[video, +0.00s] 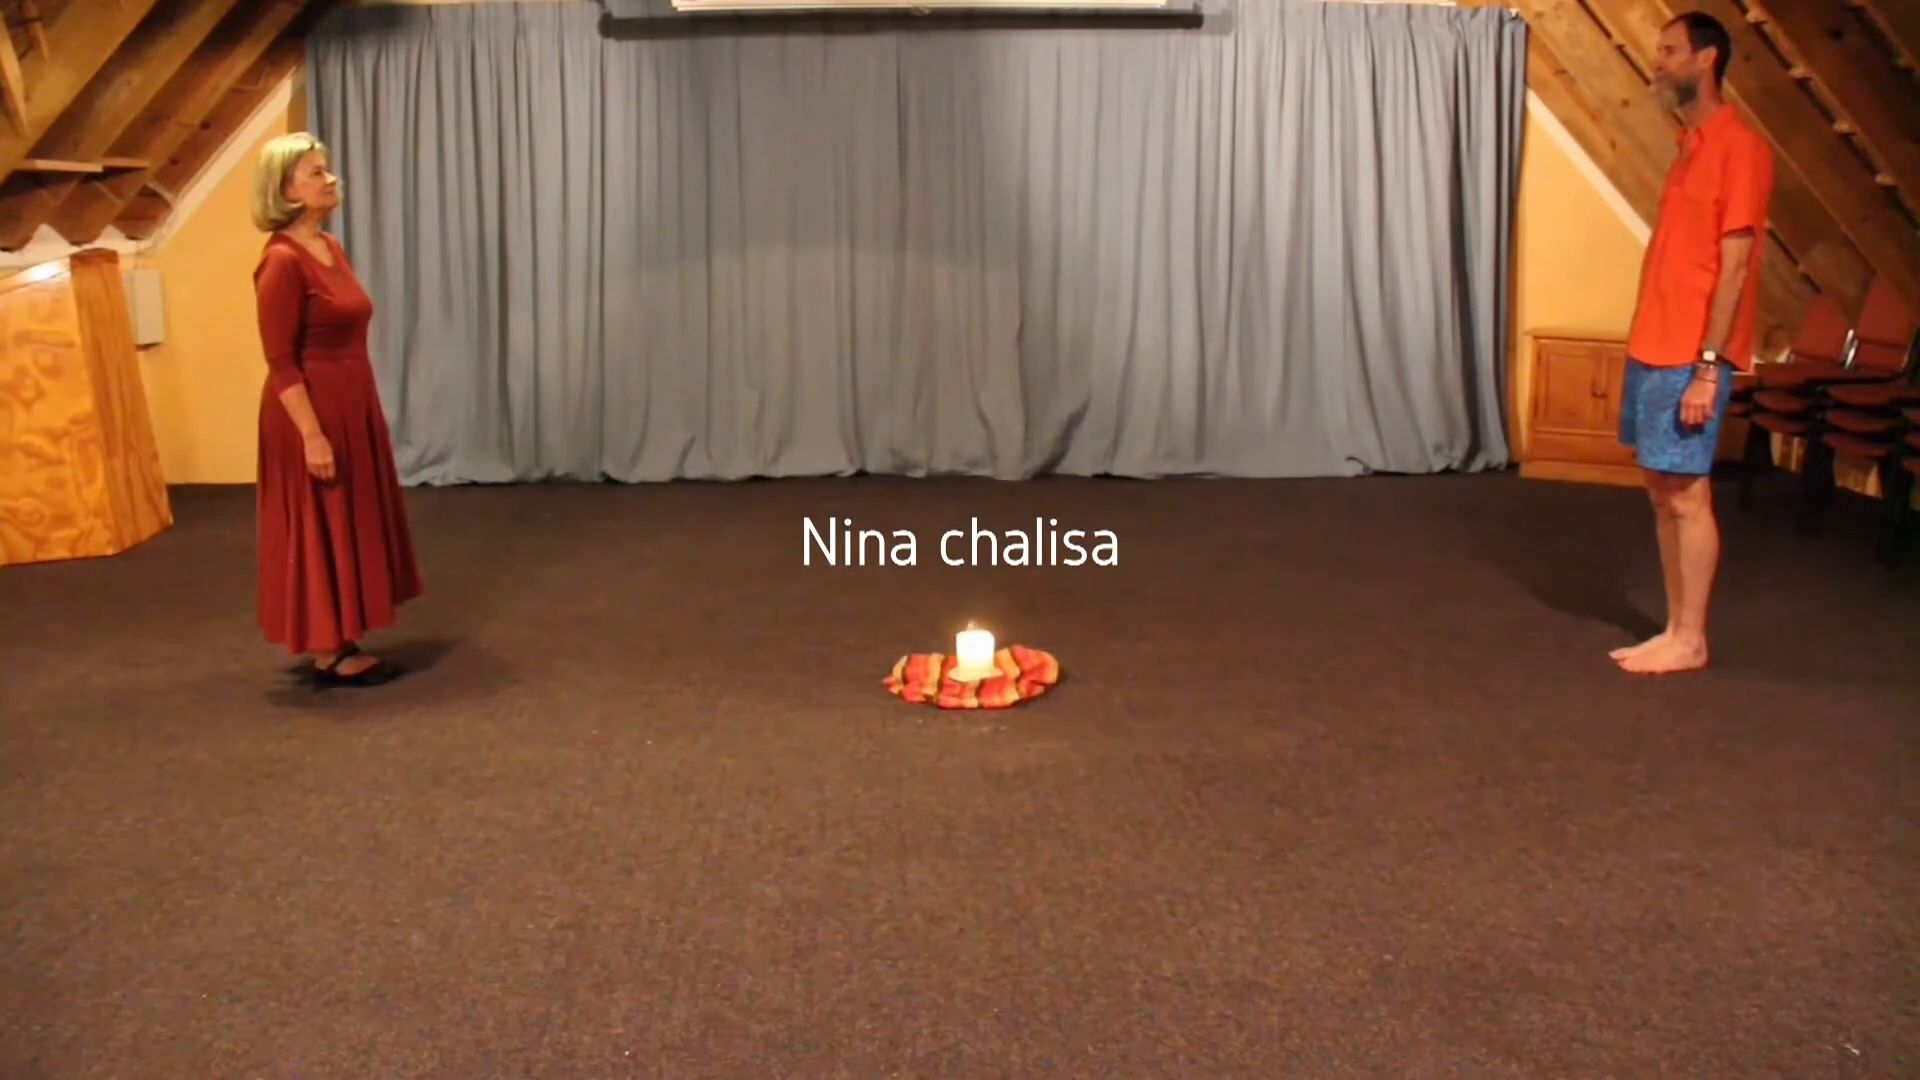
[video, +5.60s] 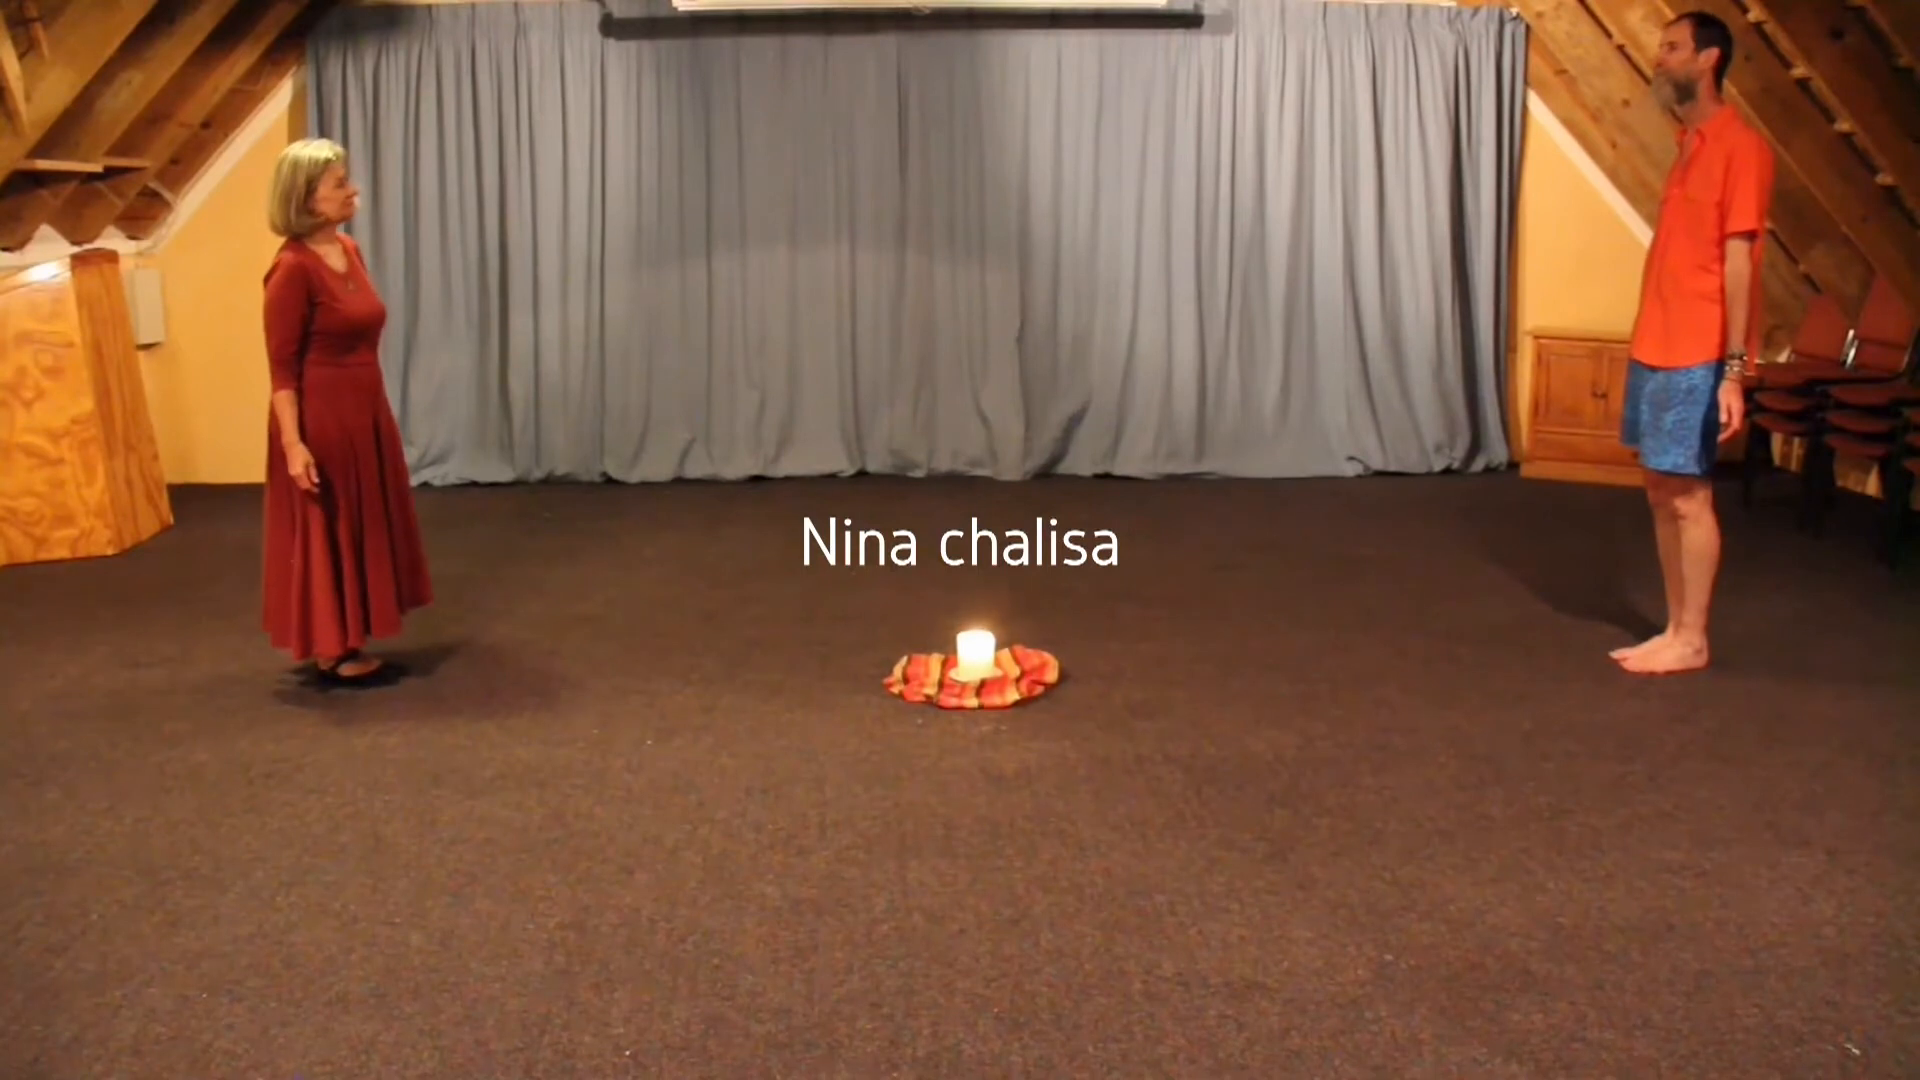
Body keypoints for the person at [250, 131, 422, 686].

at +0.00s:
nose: (331, 179)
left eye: (328, 170)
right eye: (317, 173)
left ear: (323, 182)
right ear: (287, 189)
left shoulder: (329, 246)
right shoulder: (281, 261)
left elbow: (341, 340)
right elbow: (280, 361)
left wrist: (361, 407)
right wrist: (312, 434)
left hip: (349, 401)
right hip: (312, 408)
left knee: (345, 519)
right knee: (318, 524)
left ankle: (340, 641)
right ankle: (326, 647)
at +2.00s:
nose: (334, 186)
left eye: (331, 176)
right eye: (321, 180)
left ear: (320, 188)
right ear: (291, 193)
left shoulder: (333, 249)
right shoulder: (280, 264)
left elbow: (345, 343)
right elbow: (279, 364)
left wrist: (366, 411)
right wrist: (307, 437)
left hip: (352, 406)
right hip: (312, 414)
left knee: (348, 522)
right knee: (319, 527)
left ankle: (341, 642)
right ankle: (326, 648)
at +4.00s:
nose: (359, 182)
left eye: (356, 173)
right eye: (346, 175)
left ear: (341, 185)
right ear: (316, 189)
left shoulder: (351, 248)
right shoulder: (308, 262)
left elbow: (370, 347)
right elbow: (304, 363)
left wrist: (391, 417)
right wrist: (324, 437)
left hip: (371, 408)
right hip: (335, 413)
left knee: (362, 524)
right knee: (336, 528)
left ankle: (355, 646)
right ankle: (338, 651)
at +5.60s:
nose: (351, 192)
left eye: (349, 182)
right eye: (339, 186)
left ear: (343, 188)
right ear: (307, 198)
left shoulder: (347, 250)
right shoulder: (291, 268)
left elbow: (359, 341)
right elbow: (282, 366)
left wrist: (376, 410)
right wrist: (292, 442)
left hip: (362, 407)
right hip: (319, 413)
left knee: (354, 520)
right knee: (325, 525)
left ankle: (343, 641)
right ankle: (329, 647)